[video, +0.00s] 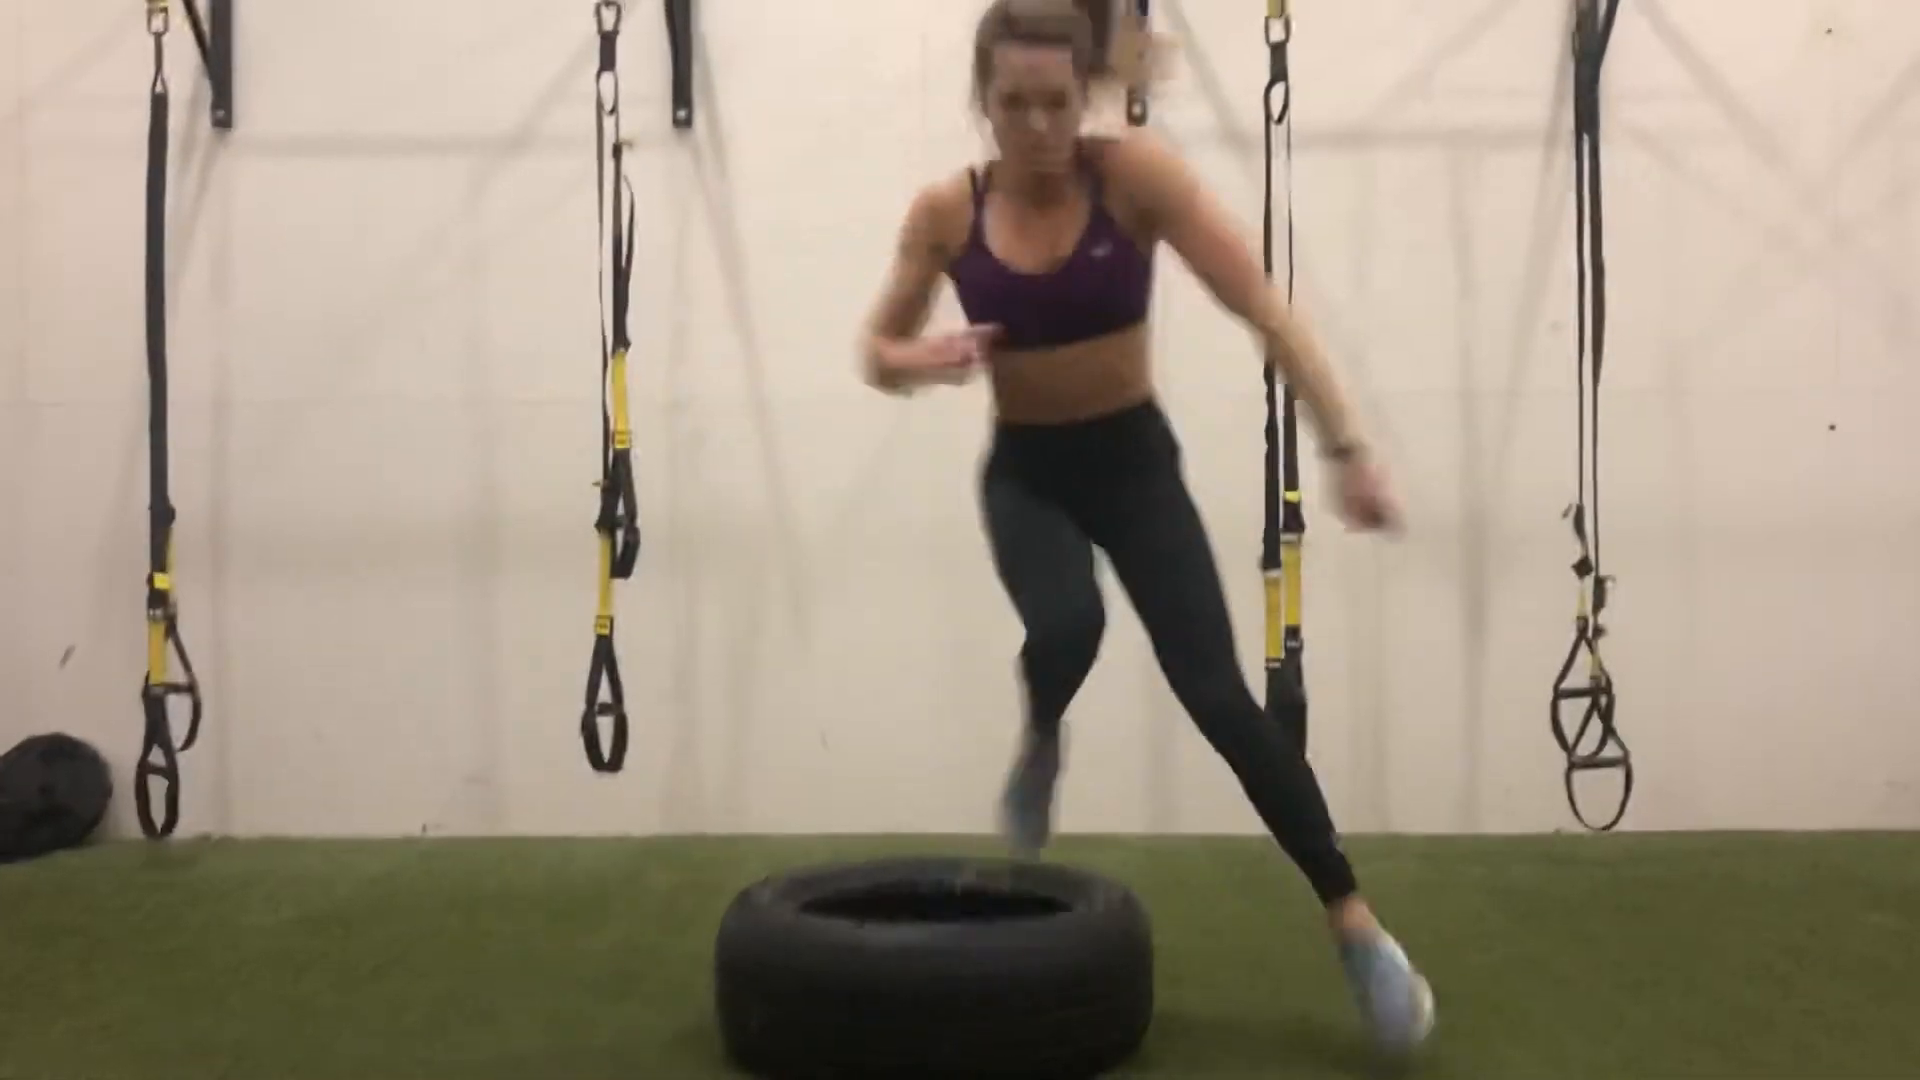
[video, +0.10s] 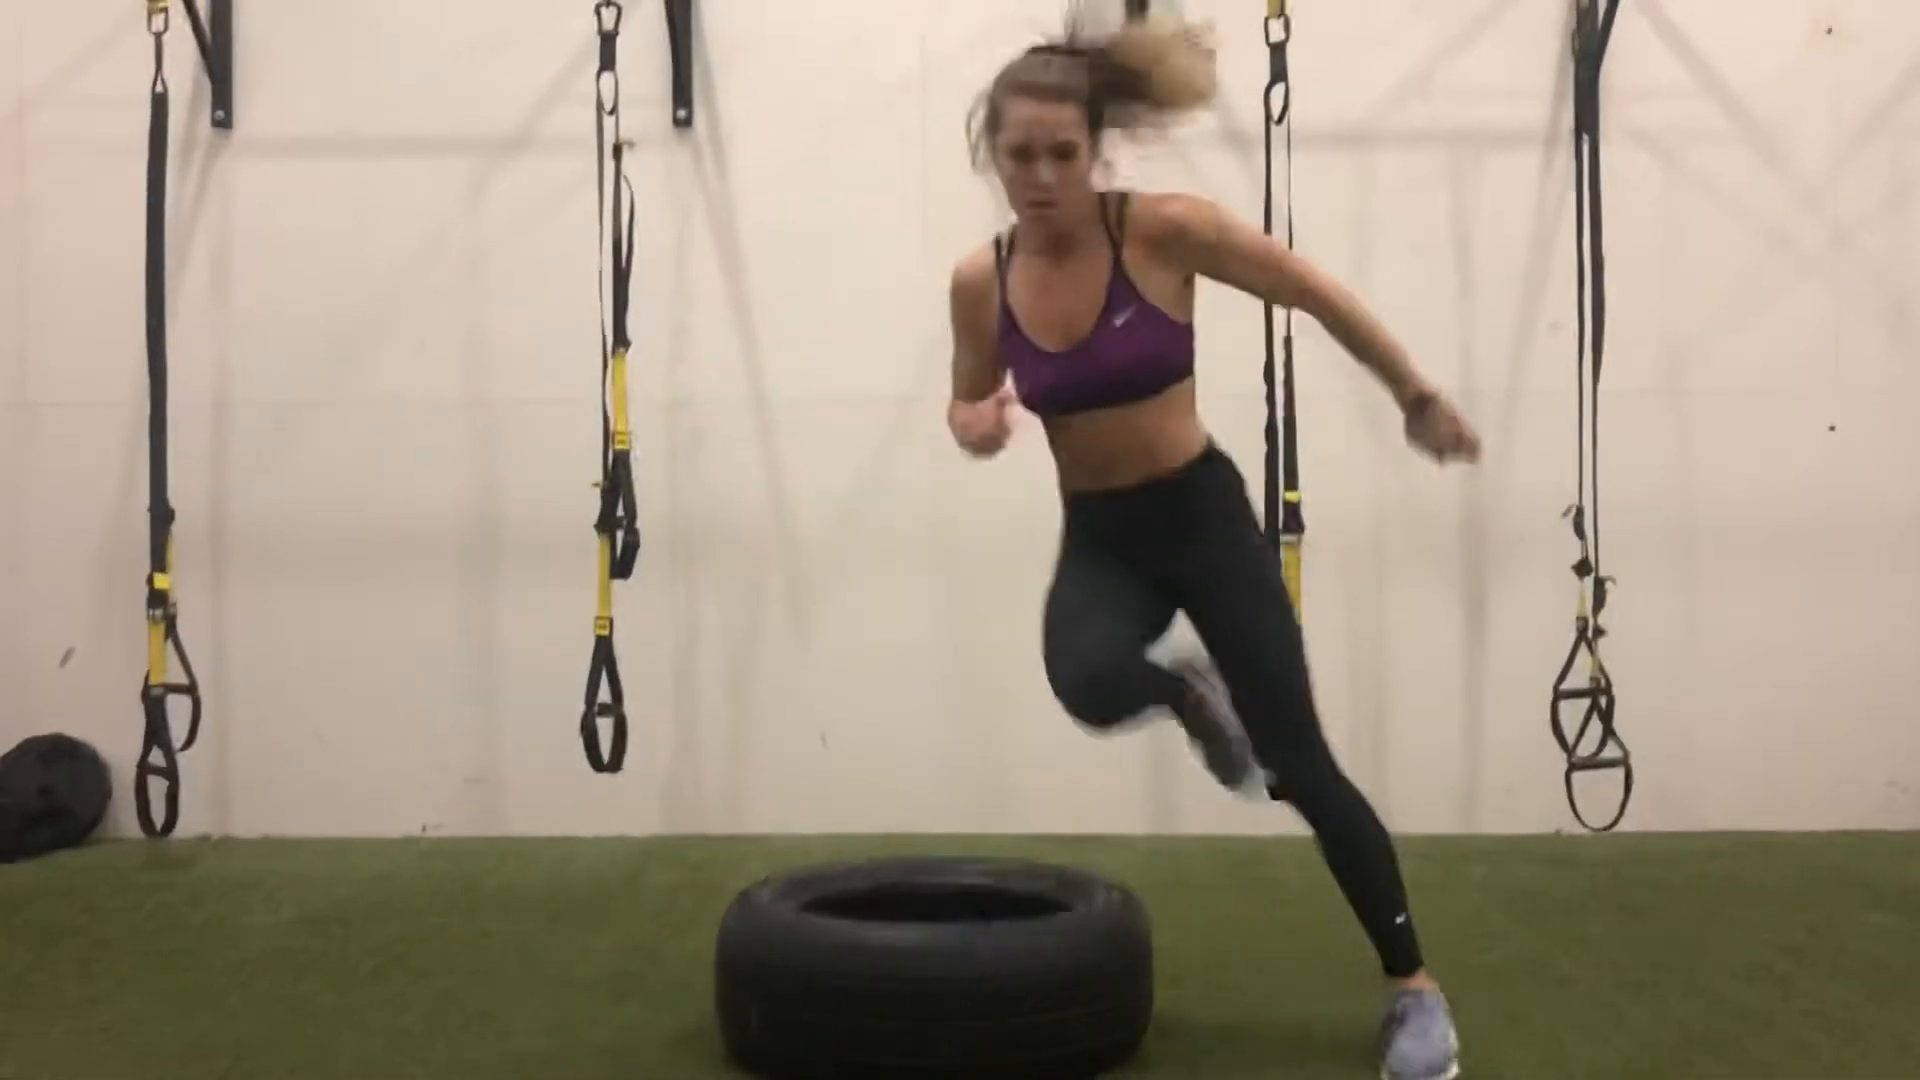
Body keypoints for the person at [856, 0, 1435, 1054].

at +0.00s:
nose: (1040, 125)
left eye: (1058, 101)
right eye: (1017, 102)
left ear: (1087, 95)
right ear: (984, 102)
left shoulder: (1137, 175)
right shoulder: (947, 213)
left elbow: (1264, 308)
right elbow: (879, 353)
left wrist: (1349, 447)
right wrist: (924, 357)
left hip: (1132, 457)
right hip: (1025, 467)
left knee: (1217, 697)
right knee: (1065, 627)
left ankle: (1358, 928)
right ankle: (1038, 754)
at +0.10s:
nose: (1040, 175)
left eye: (1060, 153)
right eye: (1021, 154)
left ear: (1096, 149)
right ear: (993, 156)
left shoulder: (1168, 230)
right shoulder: (983, 281)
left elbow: (1318, 295)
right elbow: (971, 410)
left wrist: (1417, 394)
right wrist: (982, 426)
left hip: (1204, 514)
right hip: (1097, 535)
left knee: (1297, 762)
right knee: (1086, 687)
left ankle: (1412, 988)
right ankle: (1189, 694)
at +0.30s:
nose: (1020, 207)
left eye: (1042, 186)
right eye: (1002, 186)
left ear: (1084, 183)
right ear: (979, 182)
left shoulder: (1131, 251)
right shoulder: (960, 272)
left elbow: (1231, 264)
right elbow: (821, 329)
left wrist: (1315, 289)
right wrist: (891, 224)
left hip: (1195, 498)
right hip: (1132, 526)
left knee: (1066, 678)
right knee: (1212, 774)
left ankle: (1301, 764)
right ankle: (1390, 955)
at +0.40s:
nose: (988, 163)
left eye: (1011, 140)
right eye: (969, 138)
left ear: (1054, 140)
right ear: (948, 136)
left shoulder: (1090, 222)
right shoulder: (928, 212)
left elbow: (1222, 220)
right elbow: (836, 289)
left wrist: (1283, 283)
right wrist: (909, 159)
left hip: (1114, 465)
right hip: (1047, 489)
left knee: (920, 580)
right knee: (1182, 728)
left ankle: (1084, 770)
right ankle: (1344, 920)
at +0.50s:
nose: (948, 120)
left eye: (971, 101)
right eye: (931, 97)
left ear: (1009, 104)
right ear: (906, 95)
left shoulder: (1048, 206)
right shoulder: (858, 196)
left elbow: (1171, 285)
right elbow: (848, 377)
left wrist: (1223, 405)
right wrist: (876, 311)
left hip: (1018, 473)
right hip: (947, 477)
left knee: (891, 694)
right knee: (940, 722)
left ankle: (983, 902)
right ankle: (1125, 727)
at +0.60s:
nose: (903, 139)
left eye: (927, 120)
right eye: (886, 116)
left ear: (967, 124)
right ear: (862, 111)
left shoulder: (999, 242)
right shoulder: (813, 218)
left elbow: (1115, 353)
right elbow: (768, 341)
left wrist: (1132, 493)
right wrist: (774, 377)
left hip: (966, 511)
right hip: (880, 509)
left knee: (929, 760)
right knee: (756, 697)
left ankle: (1006, 940)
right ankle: (918, 695)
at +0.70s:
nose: (851, 155)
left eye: (875, 136)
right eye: (833, 128)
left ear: (903, 139)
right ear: (798, 119)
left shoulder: (924, 247)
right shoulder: (729, 221)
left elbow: (994, 380)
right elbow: (696, 332)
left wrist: (951, 457)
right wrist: (692, 429)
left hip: (907, 480)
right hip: (810, 484)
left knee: (872, 723)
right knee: (682, 695)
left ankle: (981, 925)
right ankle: (639, 885)